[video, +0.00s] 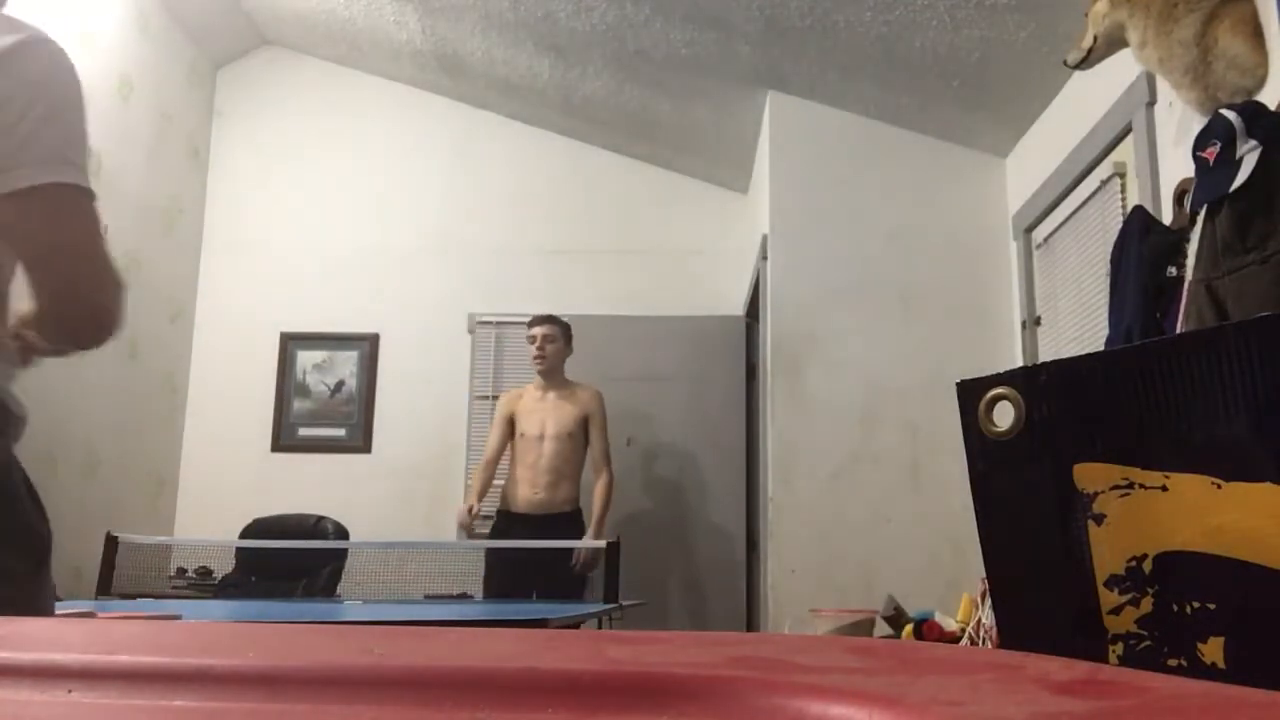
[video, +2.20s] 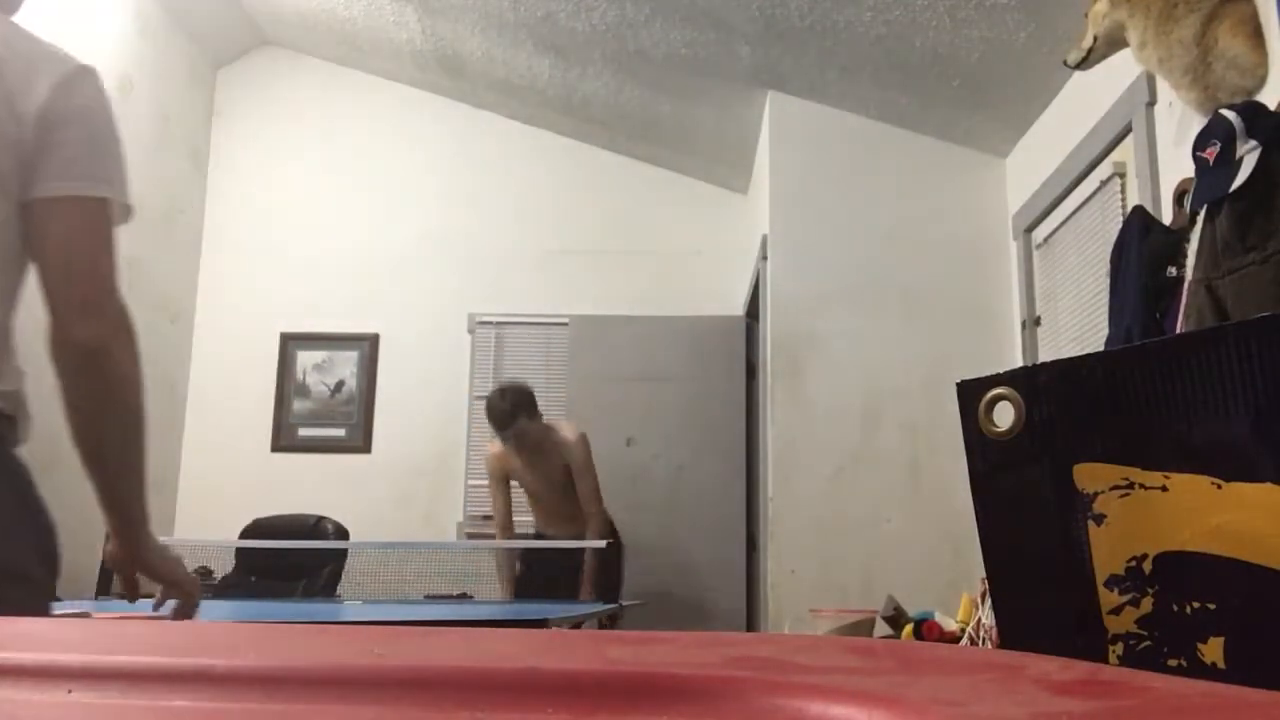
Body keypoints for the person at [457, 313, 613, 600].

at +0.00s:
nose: (538, 347)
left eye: (548, 340)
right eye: (533, 341)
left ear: (568, 349)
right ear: (528, 348)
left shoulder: (587, 400)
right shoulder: (511, 400)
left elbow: (602, 473)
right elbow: (489, 463)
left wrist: (594, 534)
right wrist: (474, 499)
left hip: (562, 527)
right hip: (510, 526)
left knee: (563, 630)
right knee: (500, 626)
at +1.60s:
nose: (510, 381)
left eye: (519, 372)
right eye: (503, 372)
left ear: (538, 366)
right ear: (495, 368)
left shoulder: (561, 413)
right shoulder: (484, 414)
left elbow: (570, 487)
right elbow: (474, 484)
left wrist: (557, 550)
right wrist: (473, 547)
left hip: (542, 530)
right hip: (494, 528)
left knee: (536, 624)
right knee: (492, 624)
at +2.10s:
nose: (510, 417)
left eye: (515, 407)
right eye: (502, 411)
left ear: (532, 390)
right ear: (492, 406)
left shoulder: (566, 425)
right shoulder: (494, 434)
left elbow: (589, 500)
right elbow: (496, 509)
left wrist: (573, 571)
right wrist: (499, 575)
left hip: (574, 536)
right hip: (529, 537)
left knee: (573, 631)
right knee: (523, 631)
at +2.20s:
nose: (516, 445)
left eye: (521, 434)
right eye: (506, 439)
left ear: (536, 417)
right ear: (498, 433)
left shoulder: (570, 442)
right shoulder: (499, 458)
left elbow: (595, 517)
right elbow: (504, 530)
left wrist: (587, 589)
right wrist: (507, 595)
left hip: (592, 545)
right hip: (546, 546)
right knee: (521, 627)